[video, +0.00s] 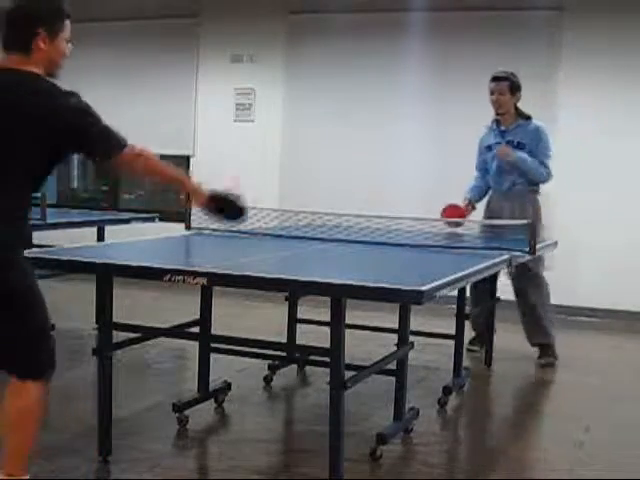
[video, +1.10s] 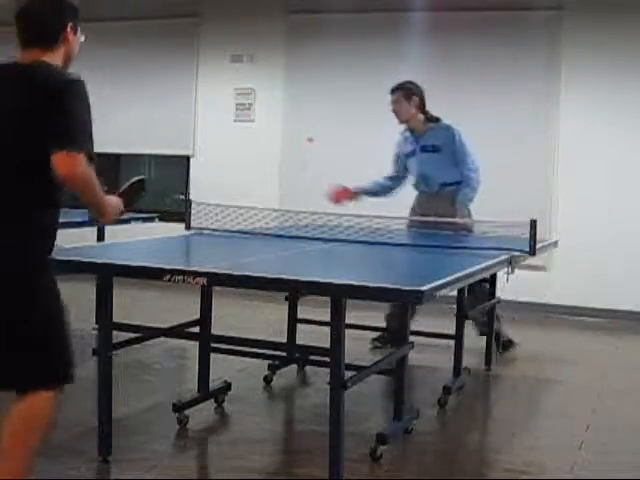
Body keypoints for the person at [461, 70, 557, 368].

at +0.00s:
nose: (496, 99)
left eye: (502, 94)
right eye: (493, 94)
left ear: (516, 97)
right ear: (489, 98)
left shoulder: (534, 132)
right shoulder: (488, 137)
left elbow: (543, 174)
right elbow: (482, 177)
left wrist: (515, 157)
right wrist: (469, 201)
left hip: (523, 203)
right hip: (496, 204)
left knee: (527, 274)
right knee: (483, 272)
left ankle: (545, 343)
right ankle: (481, 334)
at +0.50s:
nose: (476, 106)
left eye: (480, 99)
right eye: (473, 101)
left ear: (497, 96)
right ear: (474, 103)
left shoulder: (523, 128)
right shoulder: (481, 133)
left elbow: (518, 167)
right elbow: (484, 178)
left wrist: (495, 134)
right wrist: (474, 210)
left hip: (513, 198)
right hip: (487, 199)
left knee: (513, 269)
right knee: (480, 268)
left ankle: (518, 336)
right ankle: (480, 332)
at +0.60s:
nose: (471, 108)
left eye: (474, 101)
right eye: (467, 103)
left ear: (491, 97)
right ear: (468, 105)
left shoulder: (518, 130)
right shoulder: (478, 134)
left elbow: (514, 171)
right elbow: (482, 178)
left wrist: (489, 137)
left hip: (510, 198)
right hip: (484, 198)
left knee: (511, 270)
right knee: (473, 266)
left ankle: (518, 335)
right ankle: (468, 327)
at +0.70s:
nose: (459, 109)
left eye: (463, 102)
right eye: (457, 104)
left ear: (480, 100)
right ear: (463, 105)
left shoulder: (509, 133)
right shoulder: (471, 134)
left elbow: (514, 176)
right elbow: (478, 173)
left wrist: (480, 147)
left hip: (502, 199)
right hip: (477, 198)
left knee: (509, 269)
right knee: (461, 262)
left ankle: (517, 333)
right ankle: (443, 325)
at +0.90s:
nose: (425, 112)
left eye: (429, 106)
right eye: (424, 106)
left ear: (446, 106)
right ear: (434, 109)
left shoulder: (477, 137)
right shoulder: (439, 140)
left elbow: (503, 171)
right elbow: (446, 169)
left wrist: (471, 188)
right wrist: (449, 184)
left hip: (479, 207)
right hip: (452, 205)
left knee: (494, 272)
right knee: (431, 265)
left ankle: (516, 333)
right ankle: (404, 326)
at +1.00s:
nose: (406, 111)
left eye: (411, 105)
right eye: (406, 106)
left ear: (428, 106)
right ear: (417, 109)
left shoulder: (457, 137)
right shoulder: (420, 142)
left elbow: (484, 175)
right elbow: (426, 186)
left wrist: (470, 203)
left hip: (462, 207)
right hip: (435, 206)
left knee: (480, 273)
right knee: (418, 267)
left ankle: (512, 333)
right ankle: (396, 331)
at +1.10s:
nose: (393, 111)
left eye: (397, 105)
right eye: (392, 105)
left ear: (415, 103)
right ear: (407, 105)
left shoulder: (448, 134)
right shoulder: (406, 142)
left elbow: (471, 173)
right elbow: (394, 180)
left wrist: (461, 206)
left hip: (451, 202)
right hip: (423, 202)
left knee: (466, 268)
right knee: (412, 265)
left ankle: (494, 331)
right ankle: (394, 332)